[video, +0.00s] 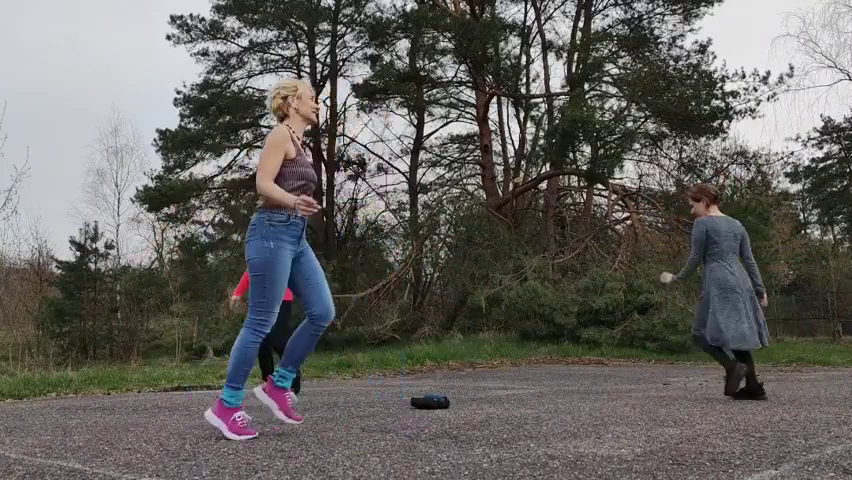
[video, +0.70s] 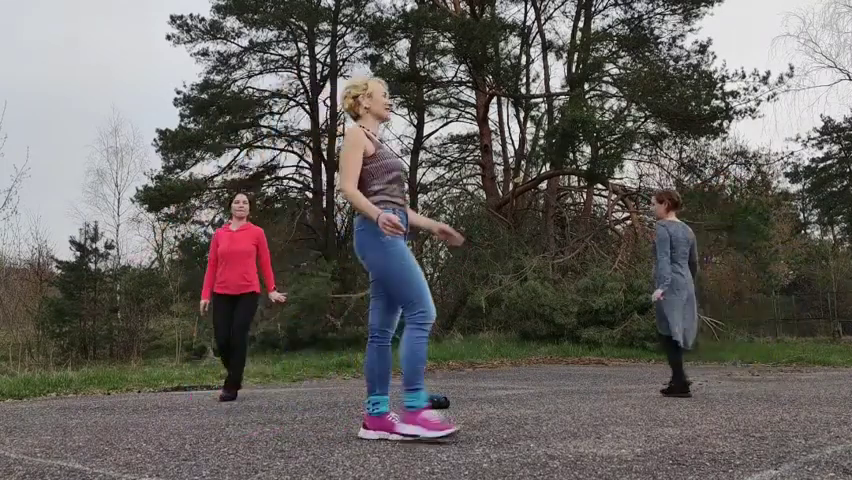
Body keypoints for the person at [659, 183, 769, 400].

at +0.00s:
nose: (692, 211)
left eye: (693, 206)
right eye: (691, 206)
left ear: (705, 201)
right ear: (708, 202)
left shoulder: (702, 223)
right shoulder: (737, 224)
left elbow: (696, 257)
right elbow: (748, 259)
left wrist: (678, 277)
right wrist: (760, 288)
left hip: (718, 284)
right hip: (741, 283)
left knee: (701, 334)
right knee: (739, 332)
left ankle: (730, 366)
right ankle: (753, 384)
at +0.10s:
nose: (690, 209)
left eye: (692, 204)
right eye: (689, 205)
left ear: (704, 201)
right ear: (708, 201)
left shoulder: (699, 223)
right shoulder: (733, 224)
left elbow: (698, 258)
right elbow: (743, 261)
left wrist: (696, 284)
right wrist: (747, 287)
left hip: (712, 282)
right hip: (737, 281)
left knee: (690, 328)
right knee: (735, 332)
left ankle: (717, 365)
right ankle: (753, 384)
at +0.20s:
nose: (685, 208)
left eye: (688, 204)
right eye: (685, 204)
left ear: (700, 202)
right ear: (704, 202)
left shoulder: (696, 223)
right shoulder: (727, 224)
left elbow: (700, 254)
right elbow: (733, 260)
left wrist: (701, 283)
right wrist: (730, 280)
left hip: (711, 284)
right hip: (732, 283)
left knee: (682, 324)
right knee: (734, 332)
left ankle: (698, 373)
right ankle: (752, 384)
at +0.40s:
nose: (673, 211)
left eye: (675, 207)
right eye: (673, 207)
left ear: (687, 206)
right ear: (691, 207)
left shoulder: (683, 228)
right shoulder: (710, 231)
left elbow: (690, 255)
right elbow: (713, 265)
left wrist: (695, 281)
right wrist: (709, 283)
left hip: (688, 288)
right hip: (709, 286)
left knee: (679, 335)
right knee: (717, 334)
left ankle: (680, 383)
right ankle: (747, 379)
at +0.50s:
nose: (665, 209)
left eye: (667, 205)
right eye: (665, 205)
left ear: (678, 205)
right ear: (682, 206)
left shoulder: (675, 227)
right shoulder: (700, 230)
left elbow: (682, 255)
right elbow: (704, 264)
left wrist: (687, 280)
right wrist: (699, 282)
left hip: (678, 288)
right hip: (698, 286)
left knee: (676, 335)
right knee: (696, 337)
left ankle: (680, 383)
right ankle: (732, 370)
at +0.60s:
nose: (658, 208)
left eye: (661, 204)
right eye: (658, 204)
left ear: (672, 205)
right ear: (678, 206)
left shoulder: (668, 226)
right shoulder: (693, 229)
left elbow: (674, 255)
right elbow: (698, 261)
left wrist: (678, 281)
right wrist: (694, 282)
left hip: (675, 284)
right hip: (692, 285)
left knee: (674, 334)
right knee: (685, 334)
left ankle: (679, 383)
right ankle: (708, 367)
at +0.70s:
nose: (652, 209)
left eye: (654, 205)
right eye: (652, 204)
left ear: (665, 205)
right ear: (669, 206)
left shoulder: (663, 227)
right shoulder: (688, 230)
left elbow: (664, 258)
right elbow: (693, 262)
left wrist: (662, 285)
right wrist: (688, 282)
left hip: (670, 284)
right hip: (686, 284)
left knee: (667, 332)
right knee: (678, 332)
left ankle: (680, 381)